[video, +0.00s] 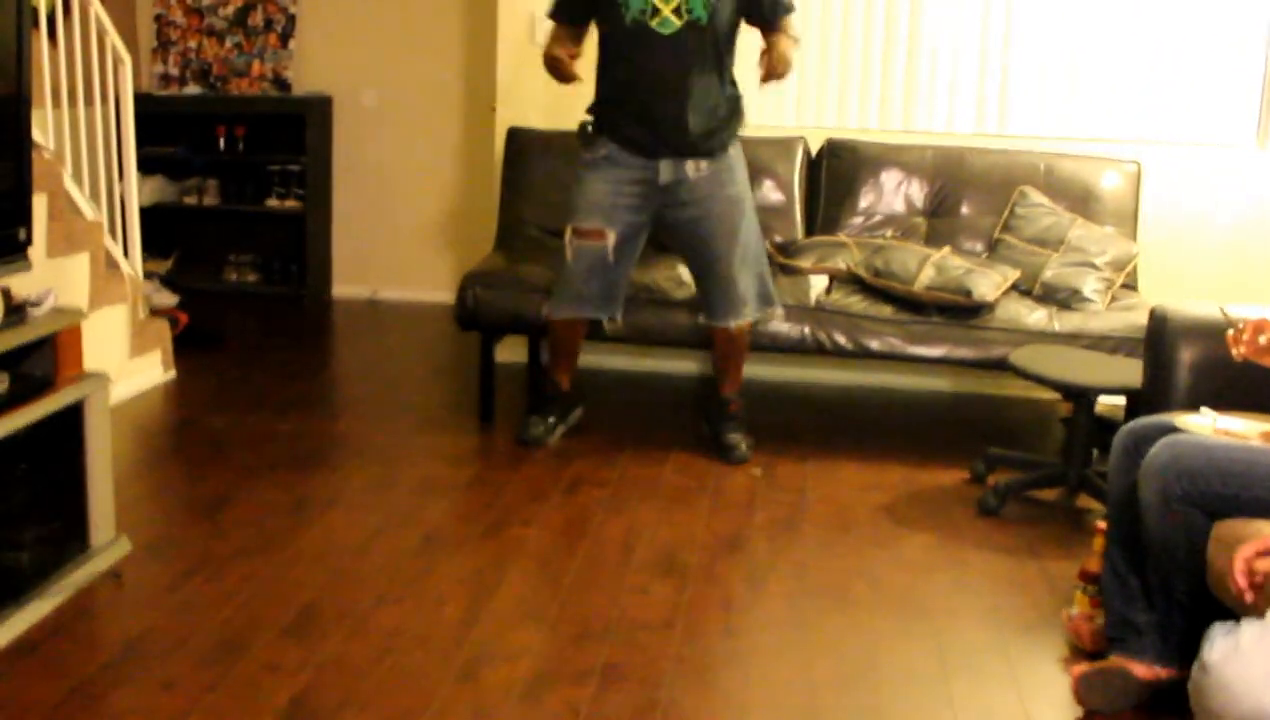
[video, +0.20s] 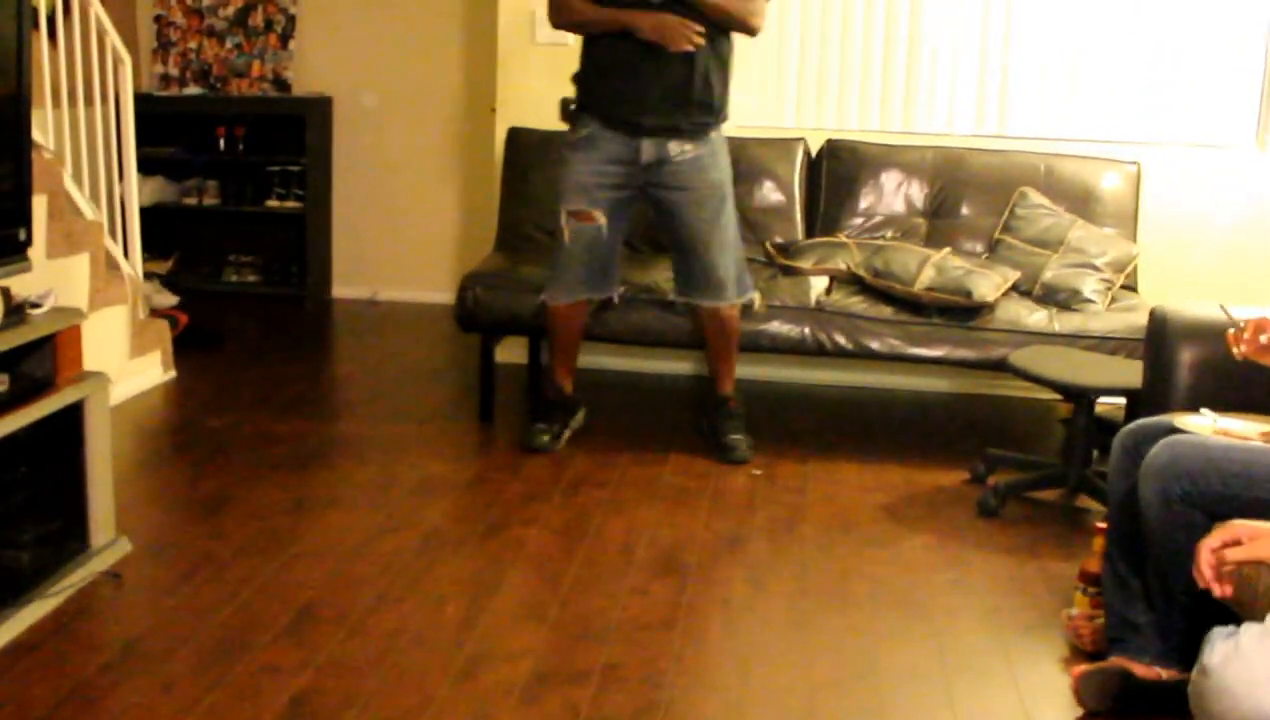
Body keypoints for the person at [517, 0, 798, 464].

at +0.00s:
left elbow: (778, 24)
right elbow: (567, 32)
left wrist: (780, 46)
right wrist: (559, 55)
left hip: (709, 151)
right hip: (619, 148)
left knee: (734, 288)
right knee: (578, 275)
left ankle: (727, 408)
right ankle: (558, 397)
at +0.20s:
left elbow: (751, 18)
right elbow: (562, 12)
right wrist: (640, 20)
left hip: (694, 134)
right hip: (602, 132)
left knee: (719, 281)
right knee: (572, 273)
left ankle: (724, 404)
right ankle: (560, 398)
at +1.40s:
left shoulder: (742, 1)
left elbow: (814, 29)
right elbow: (560, 41)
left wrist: (790, 14)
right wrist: (581, 8)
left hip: (727, 155)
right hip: (633, 153)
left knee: (749, 301)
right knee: (595, 288)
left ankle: (751, 421)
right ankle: (576, 418)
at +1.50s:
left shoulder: (756, 3)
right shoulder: (615, 2)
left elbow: (808, 69)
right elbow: (593, 76)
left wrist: (808, 28)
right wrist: (568, 46)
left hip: (733, 177)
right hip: (639, 174)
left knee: (757, 321)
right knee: (596, 301)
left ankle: (754, 438)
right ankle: (577, 432)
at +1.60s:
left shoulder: (749, 5)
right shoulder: (612, 4)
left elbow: (764, 93)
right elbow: (621, 94)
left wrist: (768, 37)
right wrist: (596, 85)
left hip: (725, 189)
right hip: (634, 184)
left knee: (752, 336)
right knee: (595, 317)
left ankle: (753, 460)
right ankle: (576, 452)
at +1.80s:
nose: (666, 20)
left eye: (677, 9)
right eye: (656, 8)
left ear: (696, 16)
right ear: (641, 15)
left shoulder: (732, 95)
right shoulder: (600, 86)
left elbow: (763, 172)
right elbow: (573, 164)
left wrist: (703, 152)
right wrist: (648, 163)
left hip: (702, 281)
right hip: (615, 278)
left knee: (736, 427)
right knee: (583, 419)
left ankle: (750, 555)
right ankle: (578, 553)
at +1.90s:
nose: (664, 72)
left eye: (676, 60)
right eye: (655, 59)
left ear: (694, 66)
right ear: (639, 66)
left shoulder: (728, 145)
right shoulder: (597, 139)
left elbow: (746, 230)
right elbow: (574, 219)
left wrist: (691, 207)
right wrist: (647, 231)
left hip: (702, 333)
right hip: (612, 332)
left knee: (742, 476)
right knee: (578, 470)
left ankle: (752, 602)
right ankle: (581, 605)